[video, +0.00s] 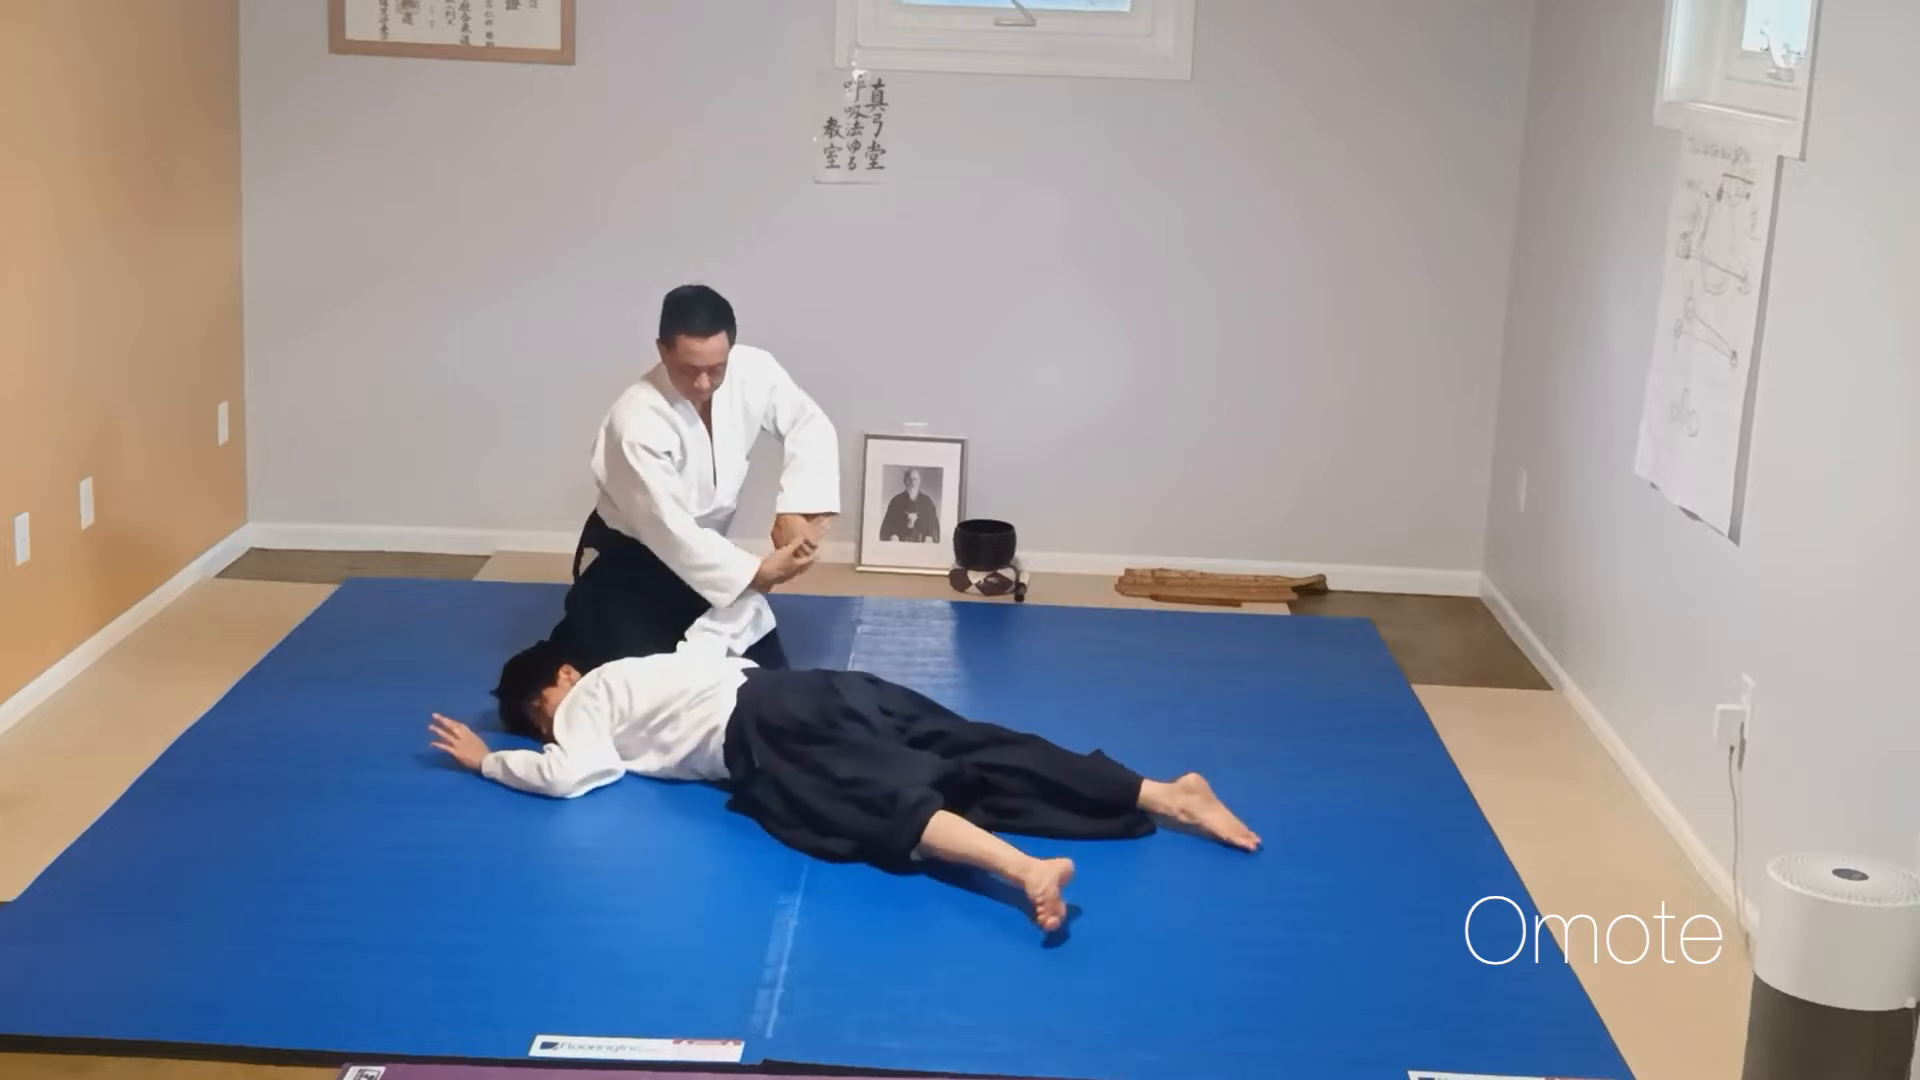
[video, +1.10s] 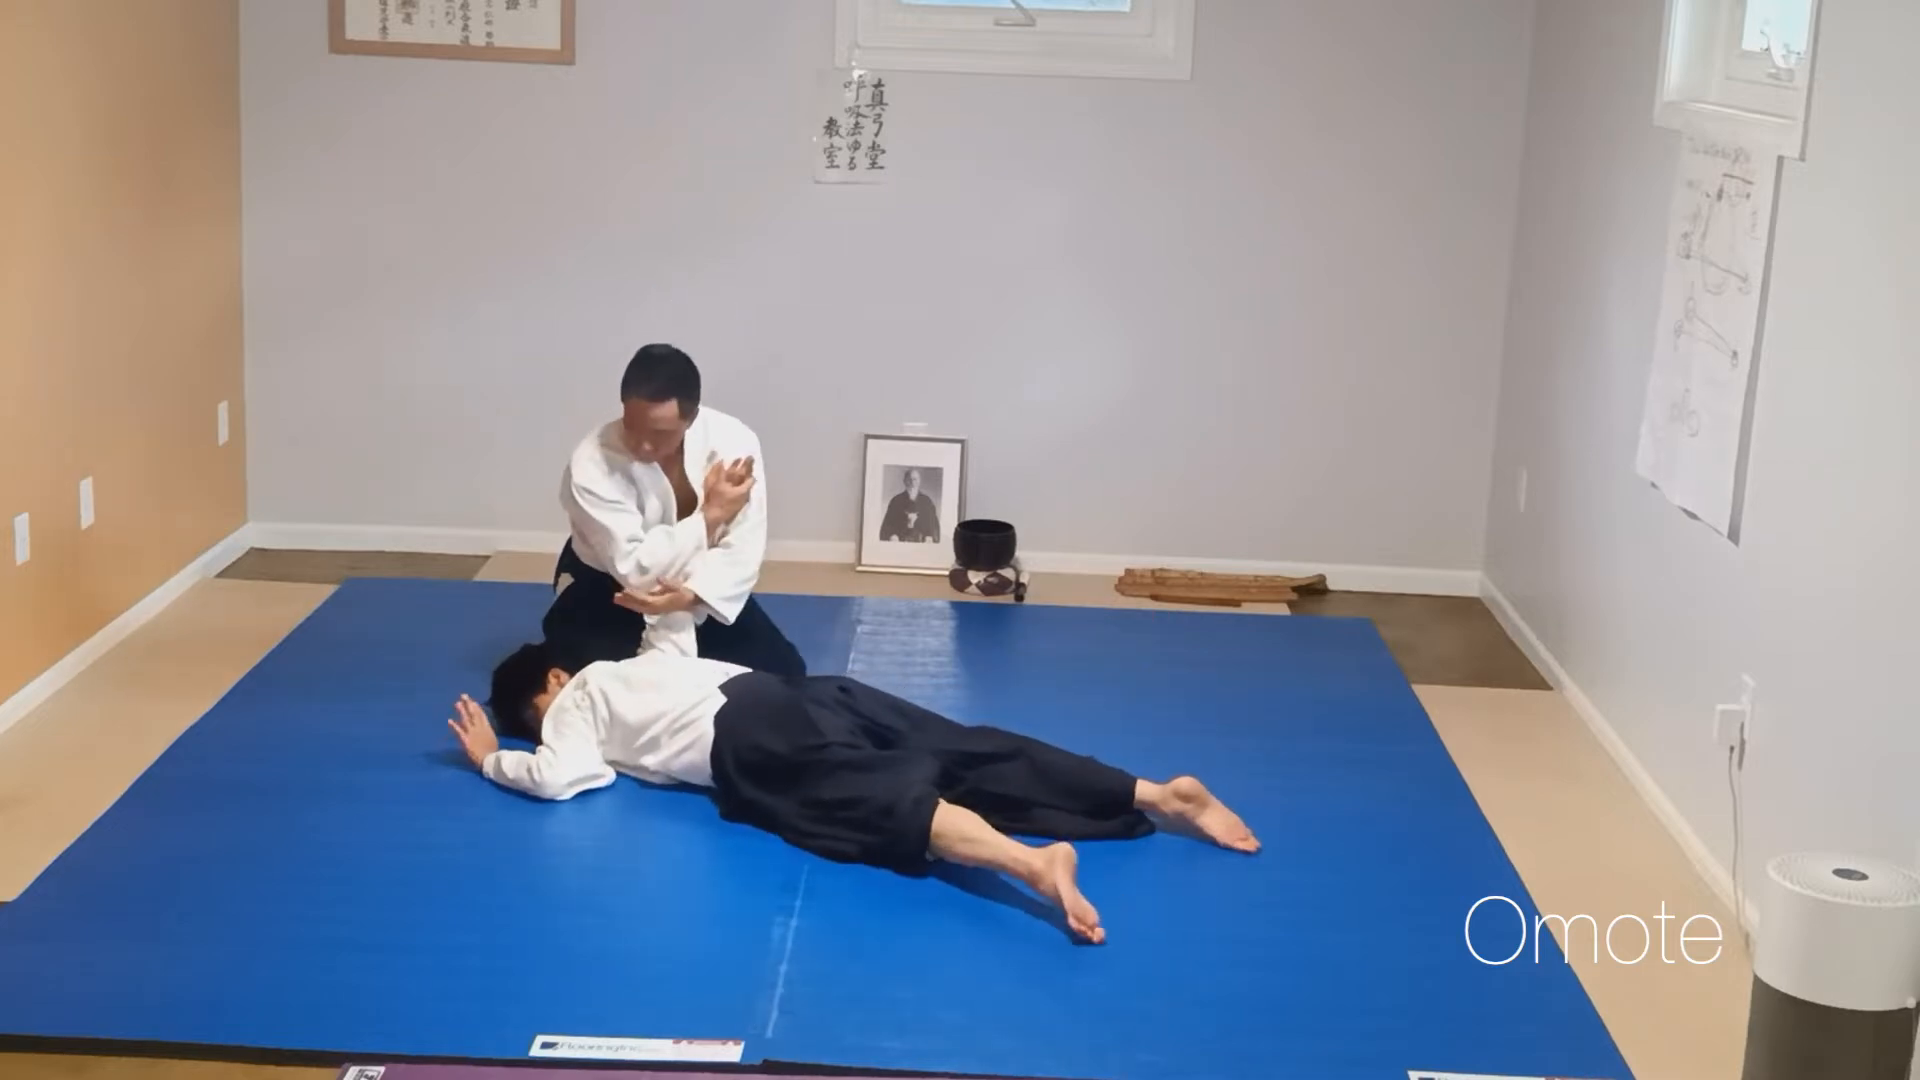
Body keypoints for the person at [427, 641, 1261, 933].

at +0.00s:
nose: (543, 729)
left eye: (536, 714)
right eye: (539, 716)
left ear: (557, 686)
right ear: (577, 669)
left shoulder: (585, 701)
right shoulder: (667, 658)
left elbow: (567, 777)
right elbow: (731, 628)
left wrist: (484, 759)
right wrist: (766, 577)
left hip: (769, 727)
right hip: (821, 682)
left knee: (876, 805)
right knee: (974, 746)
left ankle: (1020, 867)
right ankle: (1171, 794)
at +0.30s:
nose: (544, 722)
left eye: (535, 710)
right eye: (540, 712)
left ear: (558, 685)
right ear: (576, 668)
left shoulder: (583, 699)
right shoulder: (659, 662)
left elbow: (571, 771)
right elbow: (727, 645)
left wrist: (484, 760)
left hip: (762, 732)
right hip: (811, 684)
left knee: (880, 808)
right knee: (966, 747)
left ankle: (1011, 878)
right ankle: (1163, 797)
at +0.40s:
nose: (539, 726)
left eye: (532, 712)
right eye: (536, 714)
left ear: (552, 689)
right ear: (573, 668)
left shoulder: (579, 701)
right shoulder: (653, 658)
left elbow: (563, 778)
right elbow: (716, 627)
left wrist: (484, 759)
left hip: (760, 740)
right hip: (807, 685)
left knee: (885, 809)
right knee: (966, 745)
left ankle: (1022, 863)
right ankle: (1165, 795)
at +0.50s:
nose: (534, 726)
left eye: (527, 712)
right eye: (530, 712)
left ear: (547, 692)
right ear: (570, 668)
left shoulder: (575, 706)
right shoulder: (652, 653)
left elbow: (560, 778)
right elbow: (708, 623)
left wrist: (483, 759)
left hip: (754, 737)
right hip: (806, 687)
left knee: (885, 806)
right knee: (965, 745)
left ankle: (1035, 847)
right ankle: (1165, 795)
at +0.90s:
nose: (531, 719)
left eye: (524, 708)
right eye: (530, 707)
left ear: (539, 693)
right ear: (570, 668)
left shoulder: (569, 702)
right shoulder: (644, 656)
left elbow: (559, 779)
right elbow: (706, 636)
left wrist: (486, 759)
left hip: (749, 738)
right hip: (805, 687)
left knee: (888, 807)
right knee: (964, 748)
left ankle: (1031, 852)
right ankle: (1160, 796)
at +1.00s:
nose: (536, 720)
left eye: (527, 710)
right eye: (533, 709)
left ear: (546, 692)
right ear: (573, 664)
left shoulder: (573, 699)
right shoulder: (647, 660)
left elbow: (558, 778)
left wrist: (488, 759)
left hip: (748, 737)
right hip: (802, 687)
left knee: (889, 809)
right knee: (964, 748)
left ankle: (1030, 860)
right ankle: (1159, 797)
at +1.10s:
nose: (533, 719)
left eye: (526, 710)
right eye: (531, 709)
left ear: (547, 688)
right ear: (578, 662)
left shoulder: (572, 700)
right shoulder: (652, 659)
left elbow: (561, 775)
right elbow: (716, 645)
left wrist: (492, 758)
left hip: (749, 738)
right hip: (804, 688)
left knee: (891, 808)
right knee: (965, 748)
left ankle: (1030, 863)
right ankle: (1160, 797)